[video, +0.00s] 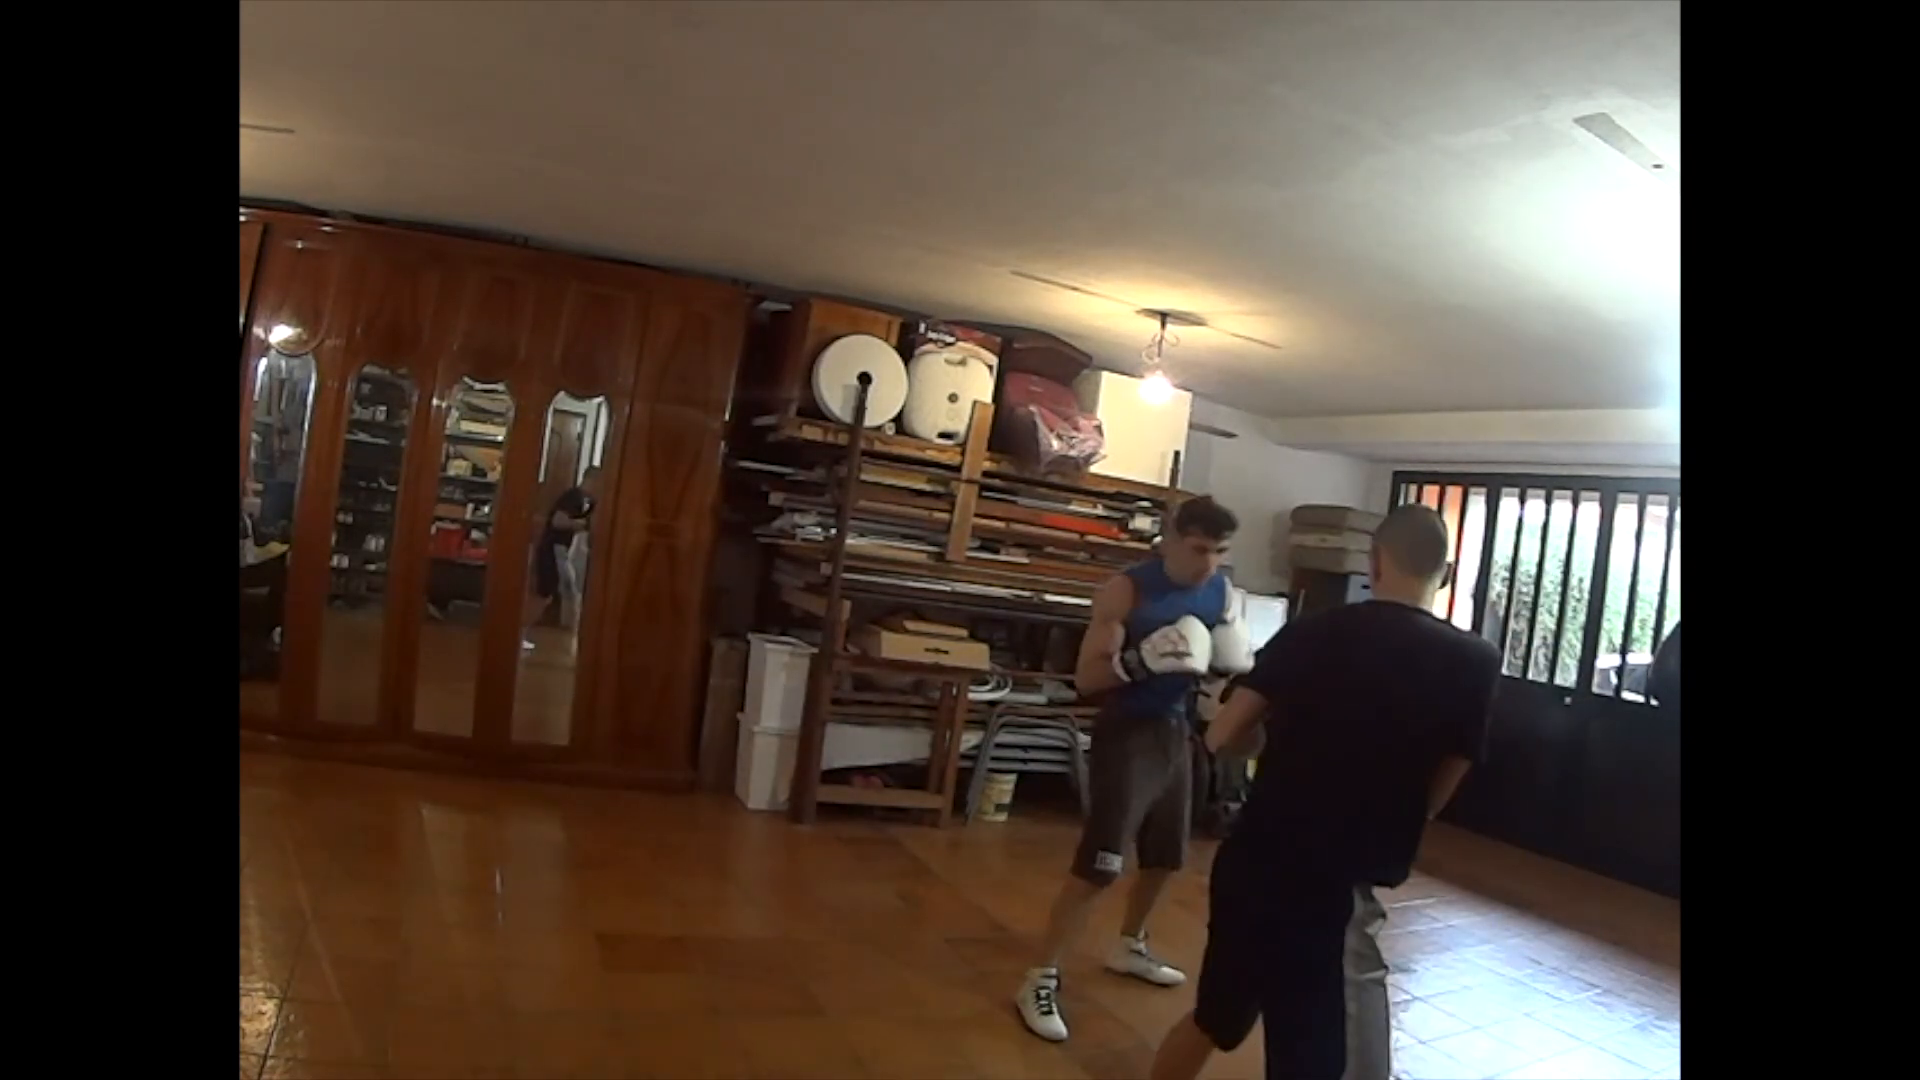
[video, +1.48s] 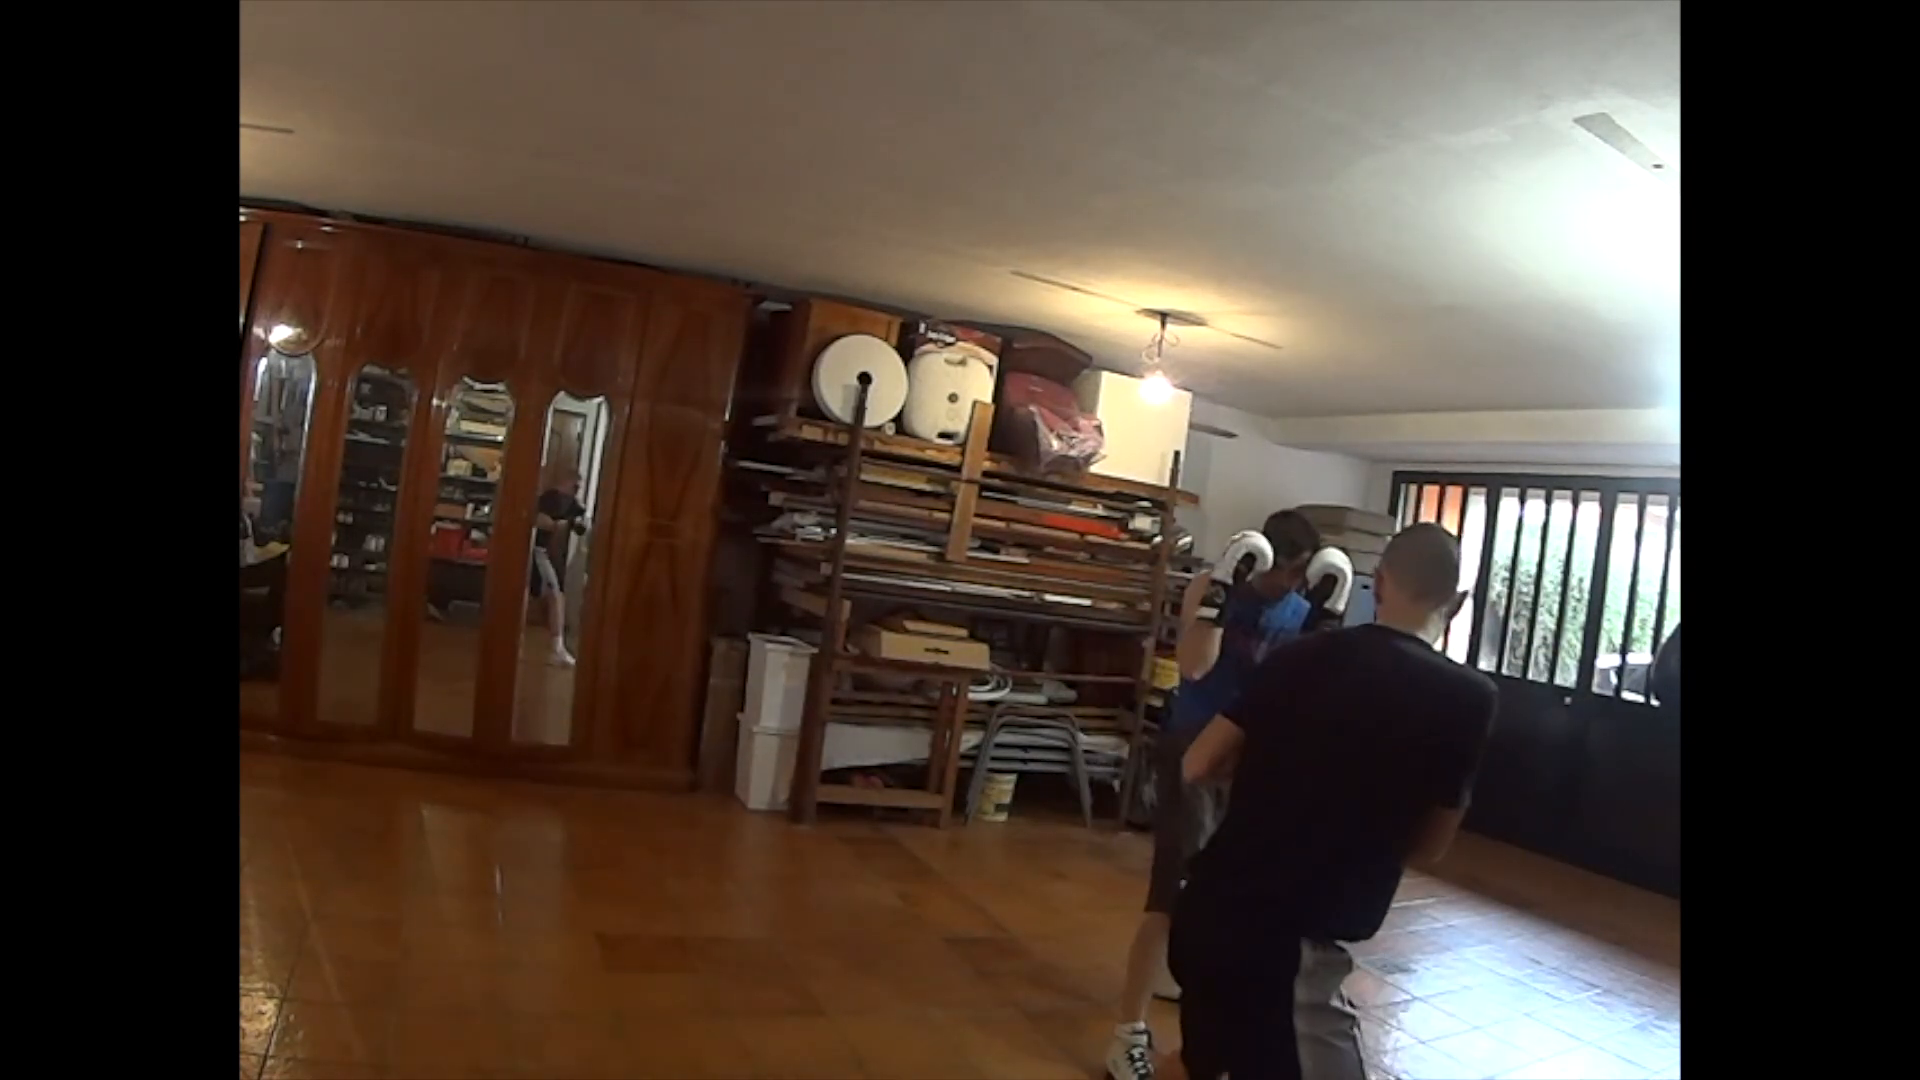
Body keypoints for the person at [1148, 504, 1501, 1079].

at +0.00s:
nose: (1371, 568)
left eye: (1372, 559)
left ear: (1377, 562)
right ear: (1444, 572)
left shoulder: (1318, 627)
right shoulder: (1474, 662)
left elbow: (1221, 737)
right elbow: (1434, 797)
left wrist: (1272, 727)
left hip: (1257, 858)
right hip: (1347, 888)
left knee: (1209, 1021)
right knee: (1315, 1064)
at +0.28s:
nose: (1331, 564)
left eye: (1334, 555)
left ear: (1340, 559)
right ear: (1406, 569)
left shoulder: (1288, 625)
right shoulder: (1434, 645)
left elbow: (1206, 731)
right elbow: (1410, 789)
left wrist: (1265, 713)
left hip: (1231, 845)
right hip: (1319, 868)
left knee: (1205, 1011)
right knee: (1277, 1046)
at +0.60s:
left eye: (1346, 556)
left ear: (1348, 560)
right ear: (1419, 571)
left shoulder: (1285, 627)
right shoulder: (1437, 660)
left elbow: (1194, 727)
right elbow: (1403, 799)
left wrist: (1264, 732)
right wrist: (1340, 769)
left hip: (1211, 858)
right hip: (1294, 892)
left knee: (1195, 1021)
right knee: (1267, 1061)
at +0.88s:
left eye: (1375, 555)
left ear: (1373, 561)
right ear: (1446, 582)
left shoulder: (1306, 625)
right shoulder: (1457, 673)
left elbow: (1191, 705)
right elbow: (1415, 822)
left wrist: (1252, 684)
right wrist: (1366, 754)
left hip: (1212, 870)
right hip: (1298, 909)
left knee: (1190, 1030)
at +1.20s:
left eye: (1369, 588)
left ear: (1369, 593)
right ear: (1443, 613)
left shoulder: (1301, 662)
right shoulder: (1463, 697)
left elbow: (1197, 774)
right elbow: (1427, 850)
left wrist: (1274, 772)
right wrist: (1372, 796)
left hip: (1215, 913)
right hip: (1310, 945)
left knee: (1207, 1059)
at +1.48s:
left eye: (1380, 577)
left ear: (1379, 582)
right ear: (1454, 605)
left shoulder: (1306, 655)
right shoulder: (1469, 696)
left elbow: (1197, 765)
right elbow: (1430, 849)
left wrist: (1268, 757)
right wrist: (1362, 802)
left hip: (1219, 907)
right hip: (1314, 946)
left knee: (1203, 1060)